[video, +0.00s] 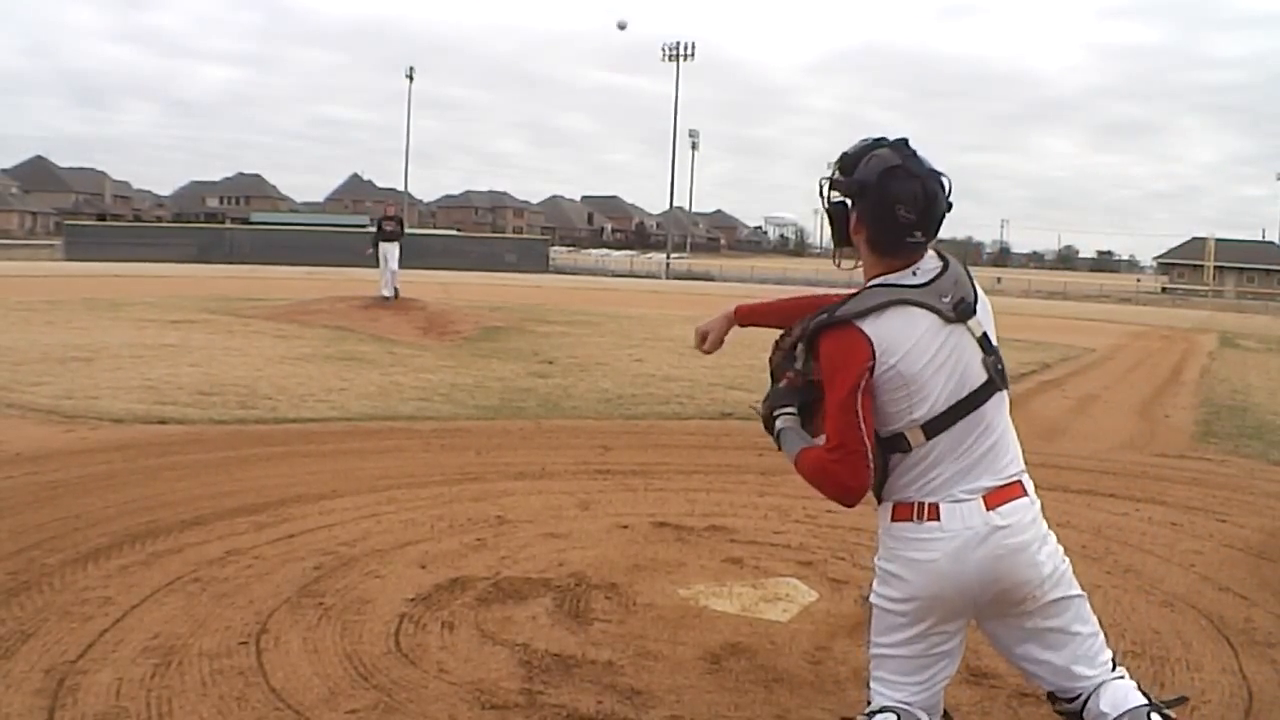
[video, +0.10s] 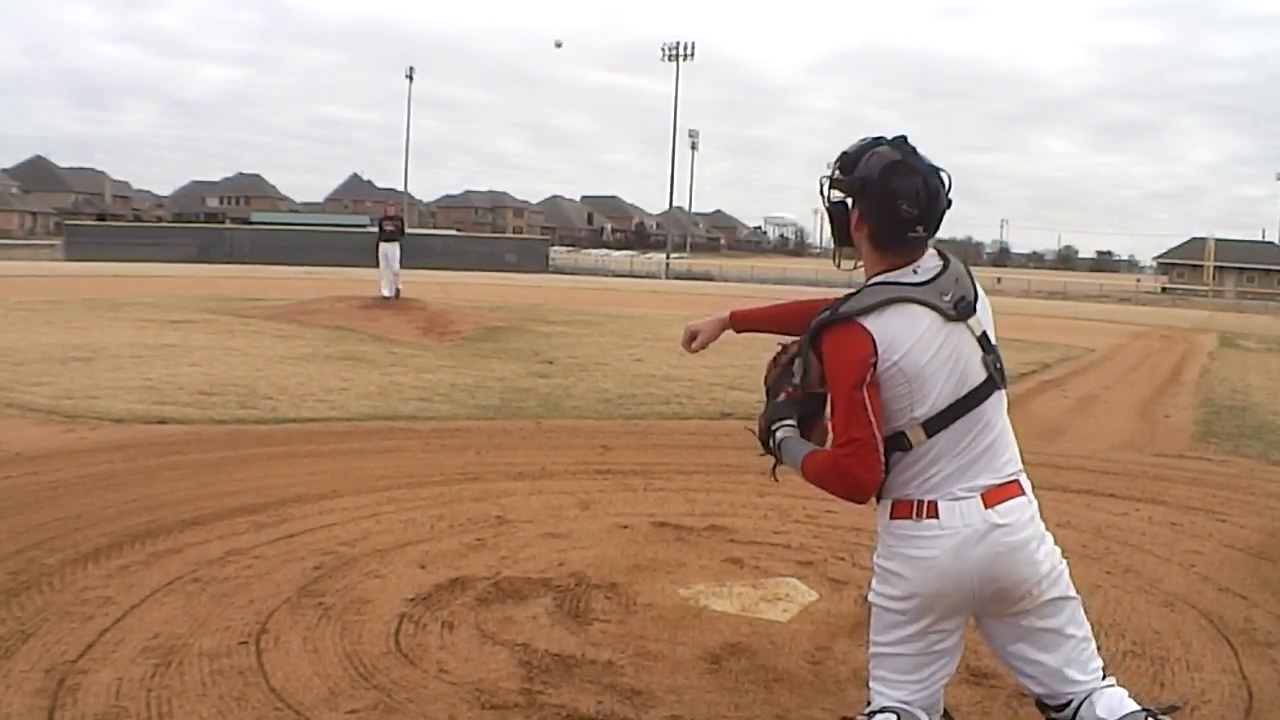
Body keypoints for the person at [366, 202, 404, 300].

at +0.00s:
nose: (390, 211)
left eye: (392, 208)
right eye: (388, 208)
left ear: (394, 209)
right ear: (385, 209)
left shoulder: (399, 220)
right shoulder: (381, 220)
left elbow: (402, 233)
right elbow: (377, 234)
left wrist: (396, 239)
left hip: (394, 243)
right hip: (382, 243)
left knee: (393, 268)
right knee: (383, 269)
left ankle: (395, 287)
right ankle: (385, 291)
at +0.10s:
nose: (390, 209)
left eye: (392, 207)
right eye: (389, 207)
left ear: (395, 209)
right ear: (385, 209)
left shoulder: (399, 220)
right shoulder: (382, 220)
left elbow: (402, 233)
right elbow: (380, 233)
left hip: (394, 243)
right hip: (383, 243)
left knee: (395, 268)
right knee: (383, 269)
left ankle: (397, 287)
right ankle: (385, 291)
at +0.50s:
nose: (394, 209)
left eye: (396, 207)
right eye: (392, 207)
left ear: (398, 208)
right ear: (388, 208)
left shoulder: (402, 218)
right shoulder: (387, 220)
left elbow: (407, 224)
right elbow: (385, 234)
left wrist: (402, 214)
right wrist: (383, 246)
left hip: (400, 242)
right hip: (389, 243)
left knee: (399, 267)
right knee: (388, 267)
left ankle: (397, 289)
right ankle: (387, 290)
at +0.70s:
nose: (395, 214)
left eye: (397, 211)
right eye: (394, 211)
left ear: (400, 212)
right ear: (391, 212)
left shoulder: (404, 222)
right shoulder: (388, 222)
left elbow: (407, 232)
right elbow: (384, 234)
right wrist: (379, 244)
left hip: (401, 244)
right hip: (390, 244)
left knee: (399, 267)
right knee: (389, 266)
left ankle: (397, 289)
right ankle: (391, 286)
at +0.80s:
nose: (396, 217)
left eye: (398, 215)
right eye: (395, 215)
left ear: (400, 216)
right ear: (392, 216)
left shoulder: (403, 226)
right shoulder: (388, 225)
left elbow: (406, 237)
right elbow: (383, 235)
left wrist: (409, 240)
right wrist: (379, 244)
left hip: (400, 246)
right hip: (390, 246)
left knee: (398, 269)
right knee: (389, 268)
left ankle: (396, 289)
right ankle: (391, 288)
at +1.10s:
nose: (394, 221)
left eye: (396, 219)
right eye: (392, 219)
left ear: (399, 220)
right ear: (390, 219)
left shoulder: (402, 228)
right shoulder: (388, 227)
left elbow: (407, 241)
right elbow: (385, 238)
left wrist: (408, 254)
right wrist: (384, 246)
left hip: (401, 247)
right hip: (390, 247)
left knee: (399, 268)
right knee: (390, 269)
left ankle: (398, 288)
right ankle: (393, 288)